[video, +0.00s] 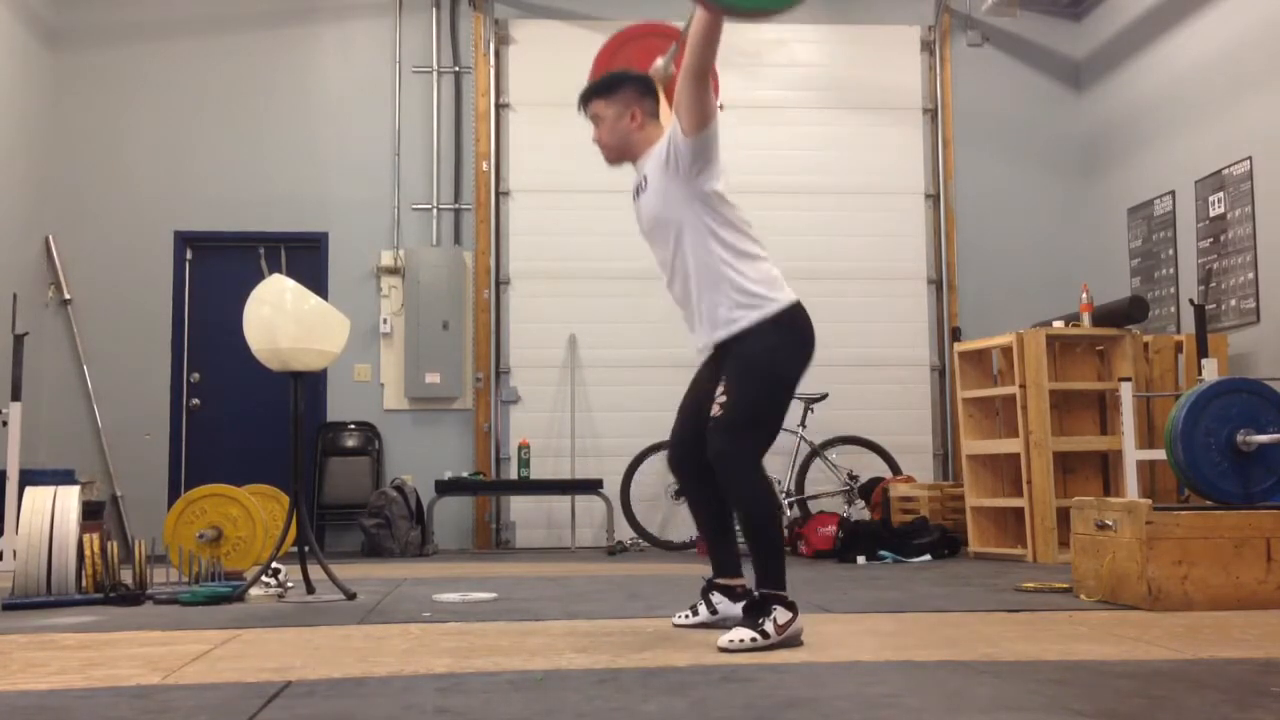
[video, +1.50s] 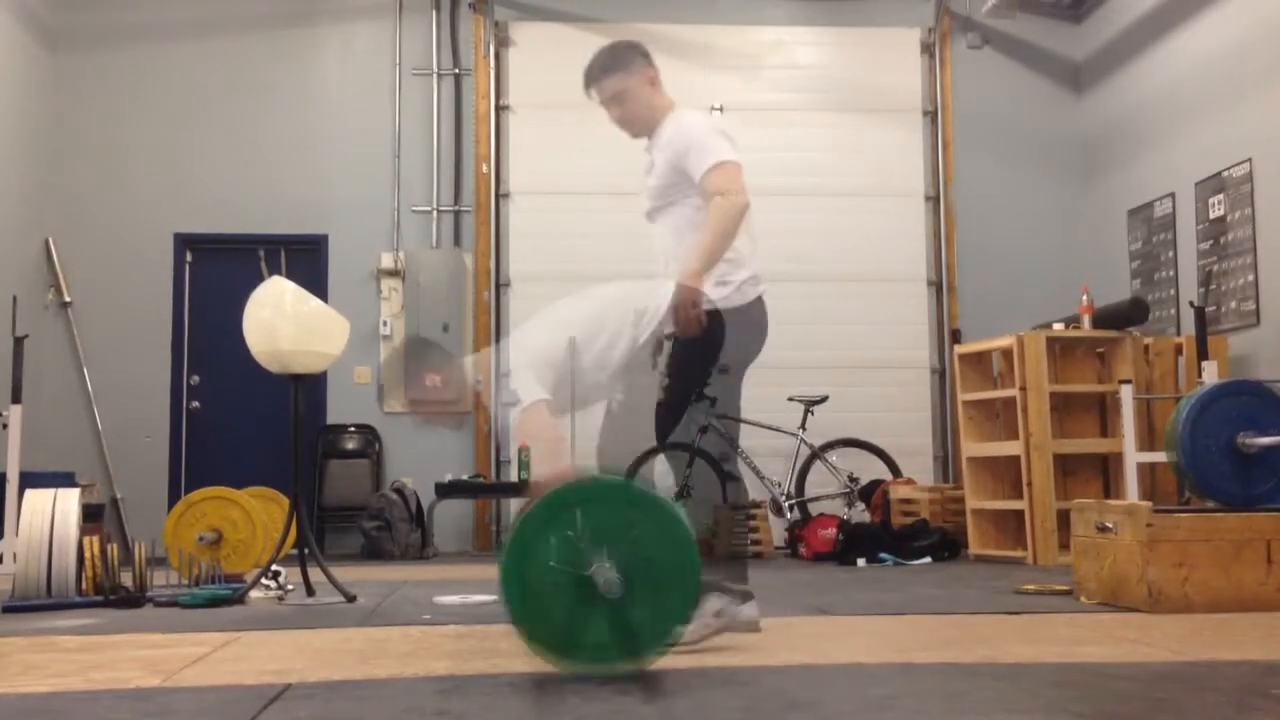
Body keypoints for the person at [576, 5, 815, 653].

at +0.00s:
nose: (593, 135)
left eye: (600, 121)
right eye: (592, 123)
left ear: (640, 113)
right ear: (625, 120)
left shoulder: (683, 153)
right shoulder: (648, 179)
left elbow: (695, 71)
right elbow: (672, 82)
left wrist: (712, 4)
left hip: (771, 329)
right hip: (726, 341)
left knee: (730, 449)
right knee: (687, 451)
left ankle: (776, 607)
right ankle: (730, 593)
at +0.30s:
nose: (630, 71)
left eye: (641, 57)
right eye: (629, 60)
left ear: (679, 58)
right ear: (654, 71)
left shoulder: (706, 110)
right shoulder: (668, 129)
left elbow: (707, 22)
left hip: (739, 310)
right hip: (704, 314)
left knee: (751, 455)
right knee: (711, 457)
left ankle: (775, 607)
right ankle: (730, 595)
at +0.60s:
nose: (723, 66)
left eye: (733, 53)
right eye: (715, 54)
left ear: (753, 59)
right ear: (705, 62)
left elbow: (771, 137)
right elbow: (656, 187)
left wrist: (710, 98)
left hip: (746, 316)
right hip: (702, 316)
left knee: (755, 457)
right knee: (710, 457)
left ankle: (778, 607)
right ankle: (731, 594)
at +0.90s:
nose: (682, 85)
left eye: (692, 71)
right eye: (674, 76)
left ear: (726, 65)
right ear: (670, 78)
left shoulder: (746, 123)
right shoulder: (707, 137)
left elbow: (770, 204)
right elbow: (710, 234)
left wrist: (753, 291)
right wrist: (679, 306)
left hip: (743, 318)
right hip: (705, 321)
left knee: (759, 460)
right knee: (714, 463)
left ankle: (779, 608)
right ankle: (729, 595)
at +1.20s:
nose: (653, 95)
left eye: (662, 80)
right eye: (644, 86)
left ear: (696, 74)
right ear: (641, 91)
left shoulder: (718, 127)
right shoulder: (689, 144)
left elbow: (753, 202)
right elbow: (697, 241)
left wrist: (724, 289)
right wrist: (673, 315)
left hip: (733, 320)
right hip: (702, 324)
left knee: (736, 451)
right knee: (711, 454)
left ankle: (774, 605)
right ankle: (731, 595)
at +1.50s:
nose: (614, 114)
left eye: (618, 98)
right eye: (604, 104)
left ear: (651, 81)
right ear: (604, 103)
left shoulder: (690, 128)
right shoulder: (668, 143)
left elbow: (732, 197)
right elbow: (691, 233)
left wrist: (693, 276)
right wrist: (675, 308)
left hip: (720, 313)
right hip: (705, 314)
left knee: (691, 445)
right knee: (709, 449)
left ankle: (720, 591)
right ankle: (731, 592)